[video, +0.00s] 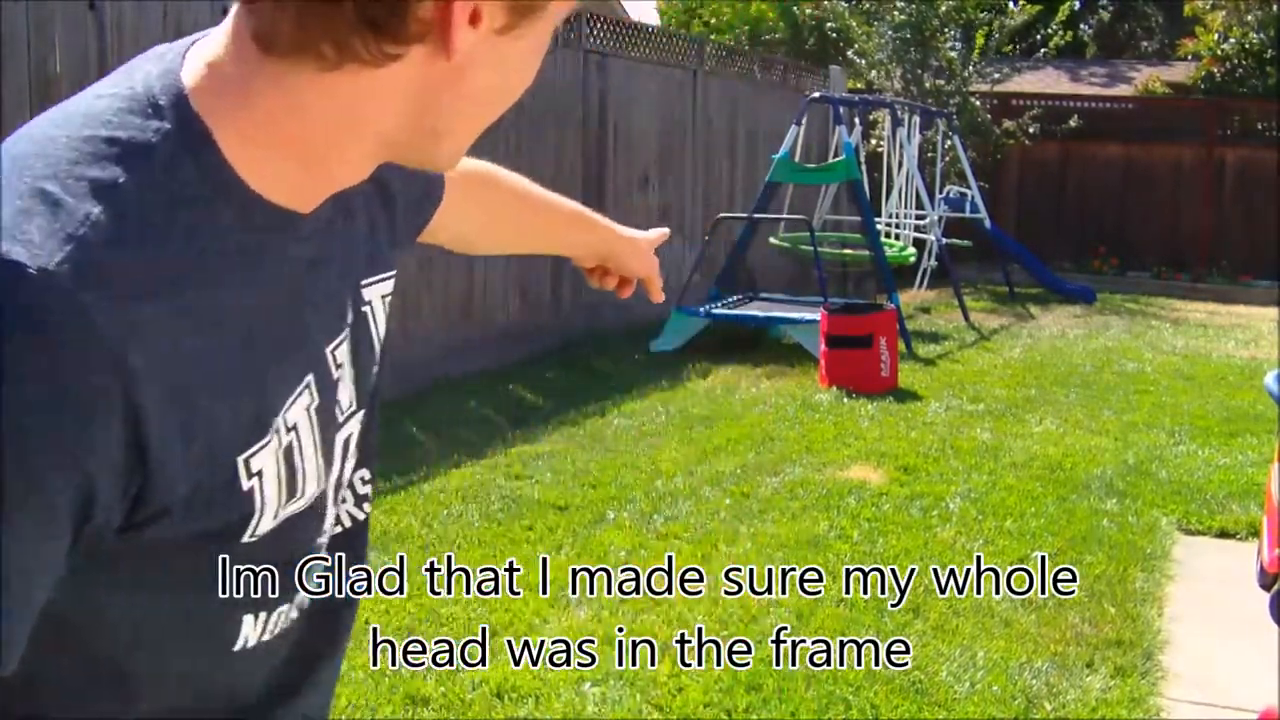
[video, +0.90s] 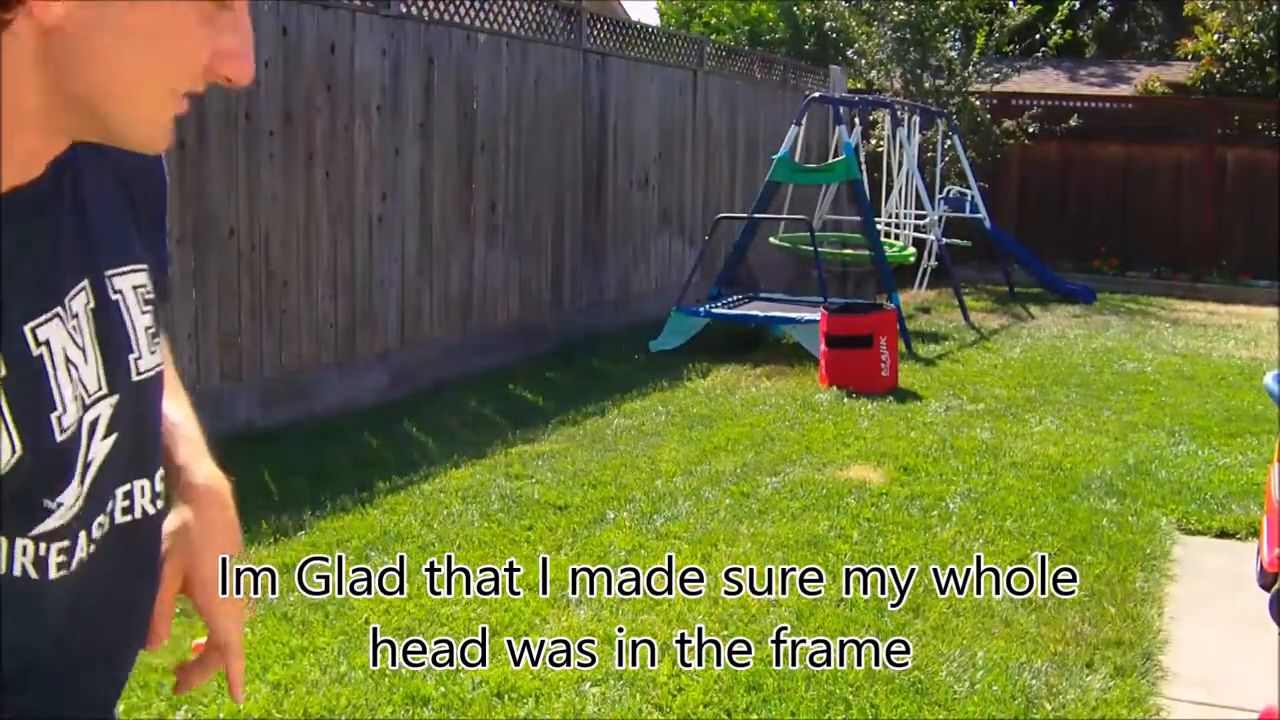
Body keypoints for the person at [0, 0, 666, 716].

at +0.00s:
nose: (535, 67)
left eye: (556, 32)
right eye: (552, 31)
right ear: (471, 19)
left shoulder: (350, 161)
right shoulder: (46, 292)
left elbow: (462, 197)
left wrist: (599, 239)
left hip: (284, 690)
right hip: (111, 703)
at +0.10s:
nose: (454, 77)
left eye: (469, 41)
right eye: (466, 39)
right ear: (380, 28)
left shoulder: (290, 166)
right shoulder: (20, 257)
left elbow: (394, 202)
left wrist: (548, 247)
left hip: (223, 692)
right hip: (62, 700)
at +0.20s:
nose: (379, 86)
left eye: (395, 42)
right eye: (391, 38)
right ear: (300, 28)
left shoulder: (215, 173)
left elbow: (313, 215)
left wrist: (491, 285)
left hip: (162, 689)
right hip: (42, 699)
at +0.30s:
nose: (318, 88)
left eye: (332, 44)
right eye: (328, 42)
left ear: (231, 27)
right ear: (233, 26)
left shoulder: (164, 179)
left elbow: (236, 238)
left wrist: (413, 359)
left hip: (131, 689)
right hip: (30, 700)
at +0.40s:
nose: (277, 80)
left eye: (288, 36)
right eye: (282, 32)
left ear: (178, 18)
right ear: (178, 18)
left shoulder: (142, 182)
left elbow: (173, 270)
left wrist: (317, 412)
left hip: (110, 689)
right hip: (21, 699)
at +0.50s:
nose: (247, 73)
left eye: (256, 28)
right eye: (249, 25)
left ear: (144, 12)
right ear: (144, 11)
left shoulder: (126, 168)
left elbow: (138, 293)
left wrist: (236, 449)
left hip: (97, 684)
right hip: (24, 696)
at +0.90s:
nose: (241, 64)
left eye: (239, 10)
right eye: (214, 3)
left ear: (51, 3)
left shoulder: (123, 164)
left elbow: (135, 336)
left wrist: (199, 480)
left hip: (94, 682)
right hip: (21, 693)